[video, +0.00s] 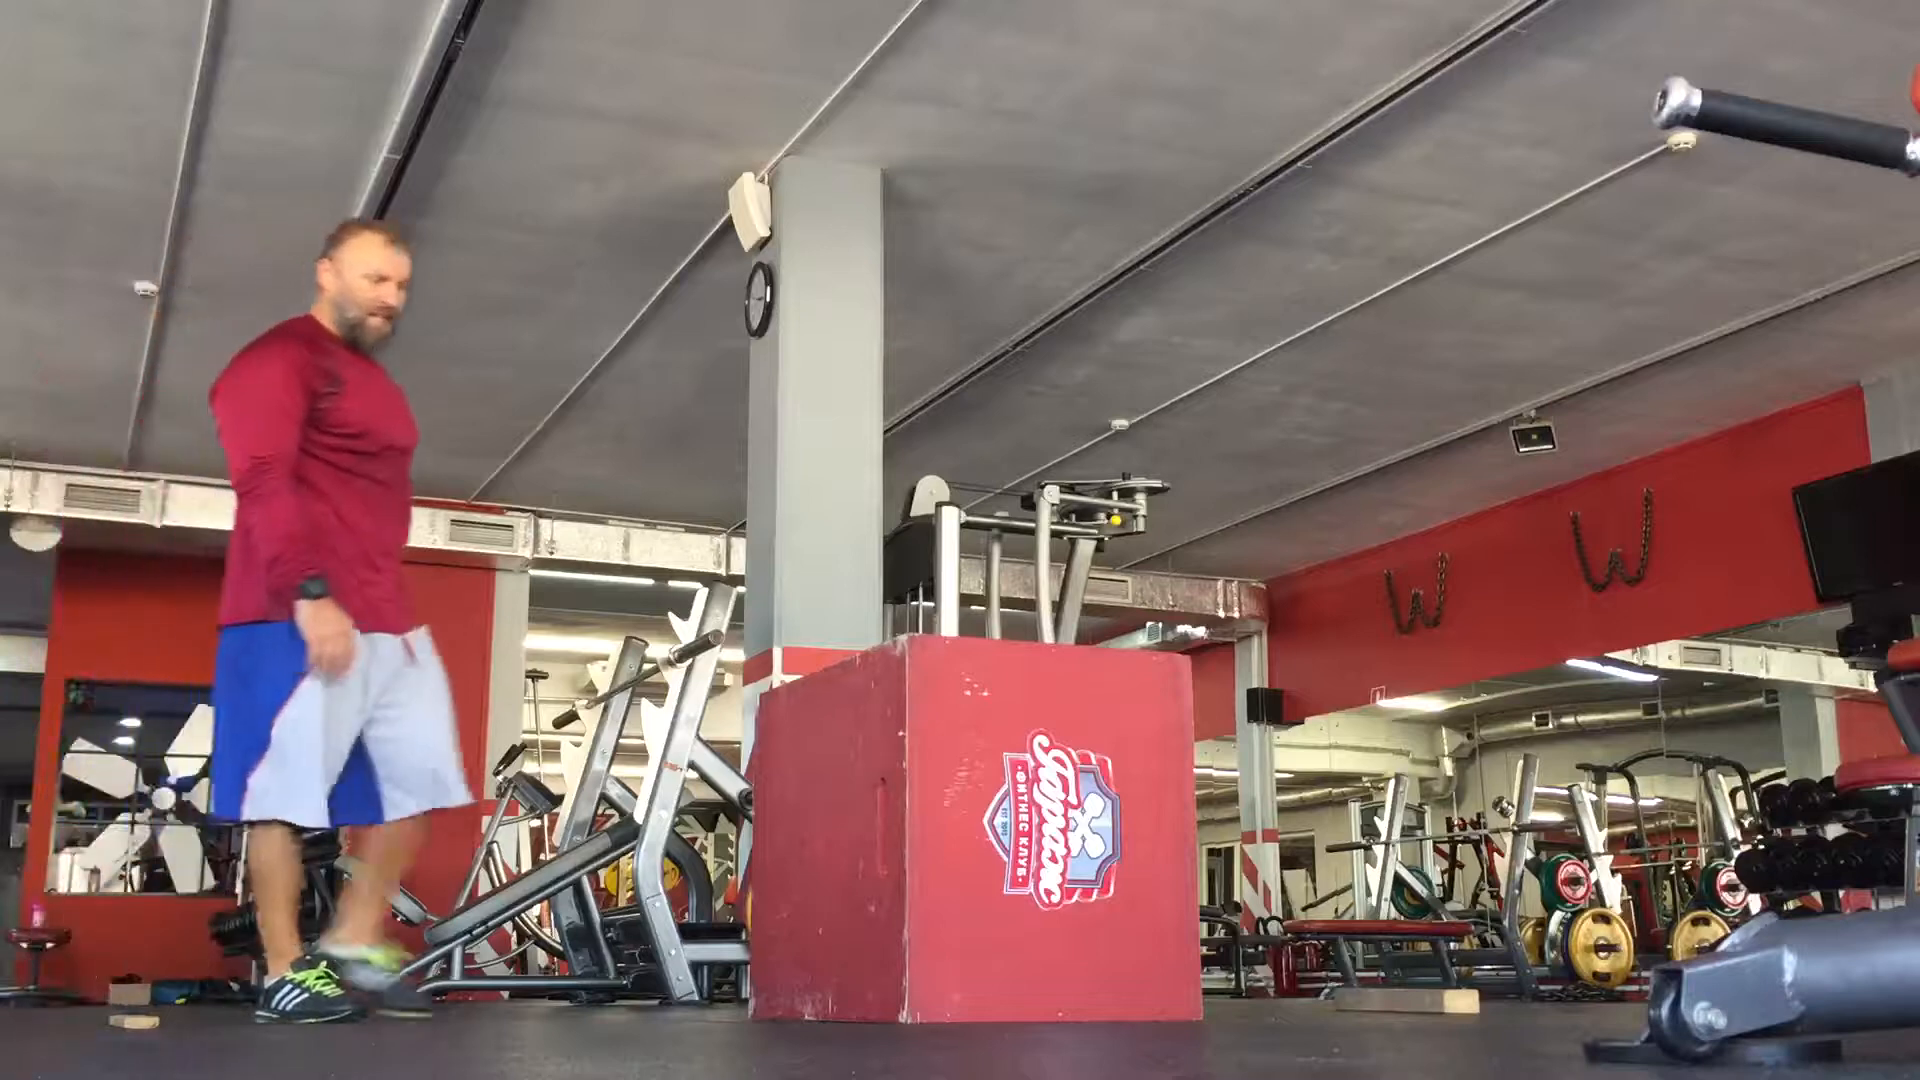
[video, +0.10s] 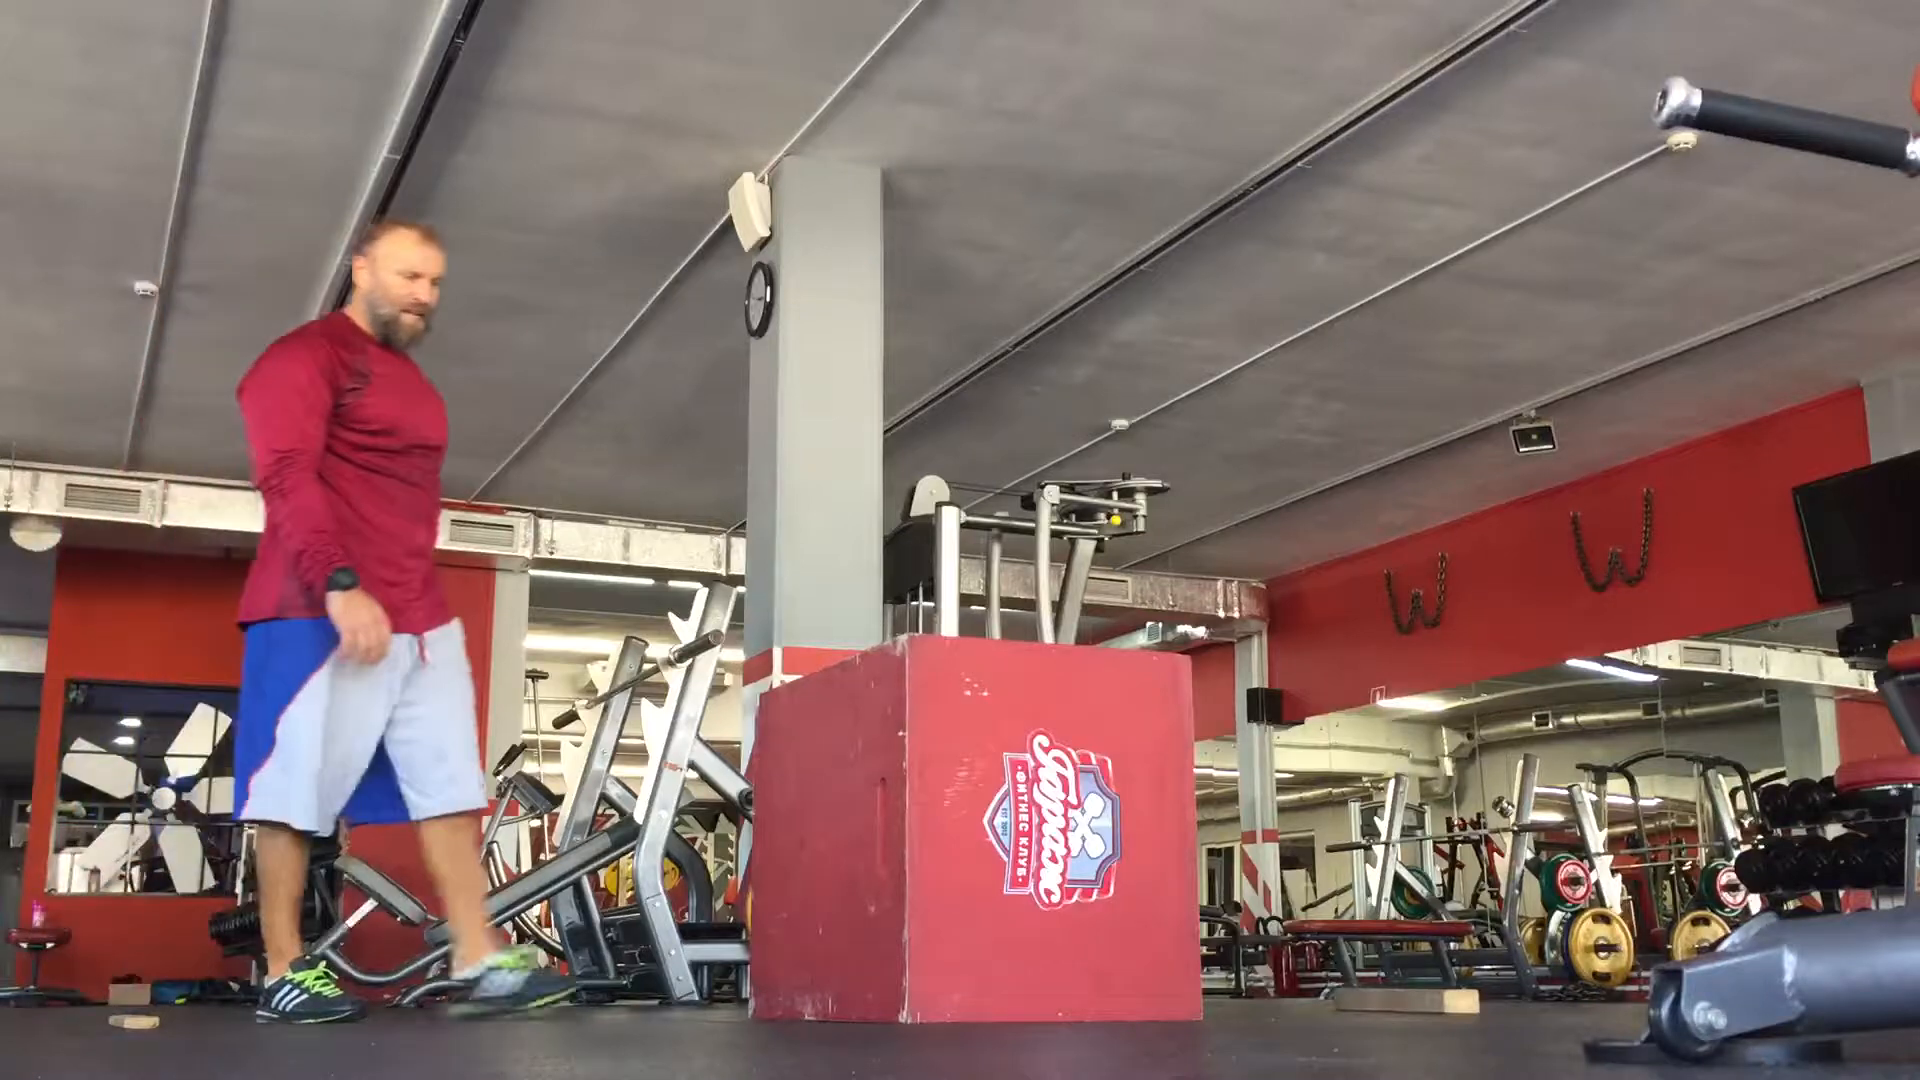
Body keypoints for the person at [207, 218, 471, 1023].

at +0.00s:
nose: (392, 297)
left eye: (401, 285)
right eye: (377, 279)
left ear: (404, 292)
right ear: (327, 275)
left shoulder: (371, 378)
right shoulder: (278, 361)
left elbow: (353, 505)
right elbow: (265, 485)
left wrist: (391, 616)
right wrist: (309, 593)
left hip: (377, 619)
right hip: (289, 616)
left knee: (415, 783)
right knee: (278, 795)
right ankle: (283, 972)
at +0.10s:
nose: (426, 294)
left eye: (435, 284)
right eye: (411, 275)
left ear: (438, 294)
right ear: (360, 270)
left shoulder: (412, 383)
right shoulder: (302, 359)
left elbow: (396, 500)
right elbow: (287, 476)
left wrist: (415, 598)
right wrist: (340, 583)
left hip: (420, 611)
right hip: (315, 610)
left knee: (448, 786)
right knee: (289, 794)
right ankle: (283, 973)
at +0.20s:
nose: (462, 294)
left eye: (471, 282)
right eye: (446, 275)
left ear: (473, 290)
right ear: (397, 271)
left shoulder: (449, 381)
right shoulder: (334, 360)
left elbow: (442, 496)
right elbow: (312, 476)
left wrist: (466, 584)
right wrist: (358, 582)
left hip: (453, 613)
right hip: (348, 612)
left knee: (473, 783)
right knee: (314, 791)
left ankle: (523, 957)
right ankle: (286, 970)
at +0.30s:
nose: (498, 290)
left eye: (508, 278)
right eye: (482, 271)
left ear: (510, 289)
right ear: (432, 267)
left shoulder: (503, 391)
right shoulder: (367, 356)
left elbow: (507, 508)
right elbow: (337, 470)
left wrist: (524, 605)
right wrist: (359, 580)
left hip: (499, 617)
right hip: (391, 612)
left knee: (516, 786)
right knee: (337, 785)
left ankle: (536, 967)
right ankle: (294, 963)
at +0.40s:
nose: (536, 278)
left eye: (548, 267)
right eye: (521, 259)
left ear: (554, 279)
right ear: (472, 256)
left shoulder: (553, 387)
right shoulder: (404, 343)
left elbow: (565, 513)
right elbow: (359, 452)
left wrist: (586, 626)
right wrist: (354, 570)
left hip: (533, 613)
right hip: (431, 603)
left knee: (540, 784)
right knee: (410, 780)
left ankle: (534, 968)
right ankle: (324, 931)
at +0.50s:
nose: (568, 269)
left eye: (579, 256)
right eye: (552, 249)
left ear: (584, 268)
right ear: (503, 245)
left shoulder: (588, 376)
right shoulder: (429, 334)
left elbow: (610, 499)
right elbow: (376, 439)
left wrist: (644, 613)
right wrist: (355, 559)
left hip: (556, 599)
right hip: (451, 583)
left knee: (557, 771)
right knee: (463, 759)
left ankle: (534, 965)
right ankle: (387, 892)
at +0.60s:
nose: (589, 258)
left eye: (601, 246)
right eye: (574, 239)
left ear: (608, 254)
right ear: (525, 234)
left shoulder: (620, 363)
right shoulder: (452, 324)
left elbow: (648, 483)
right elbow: (392, 430)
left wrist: (691, 590)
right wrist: (363, 551)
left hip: (578, 590)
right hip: (477, 572)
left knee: (564, 768)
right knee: (491, 745)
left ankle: (536, 961)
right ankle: (454, 945)